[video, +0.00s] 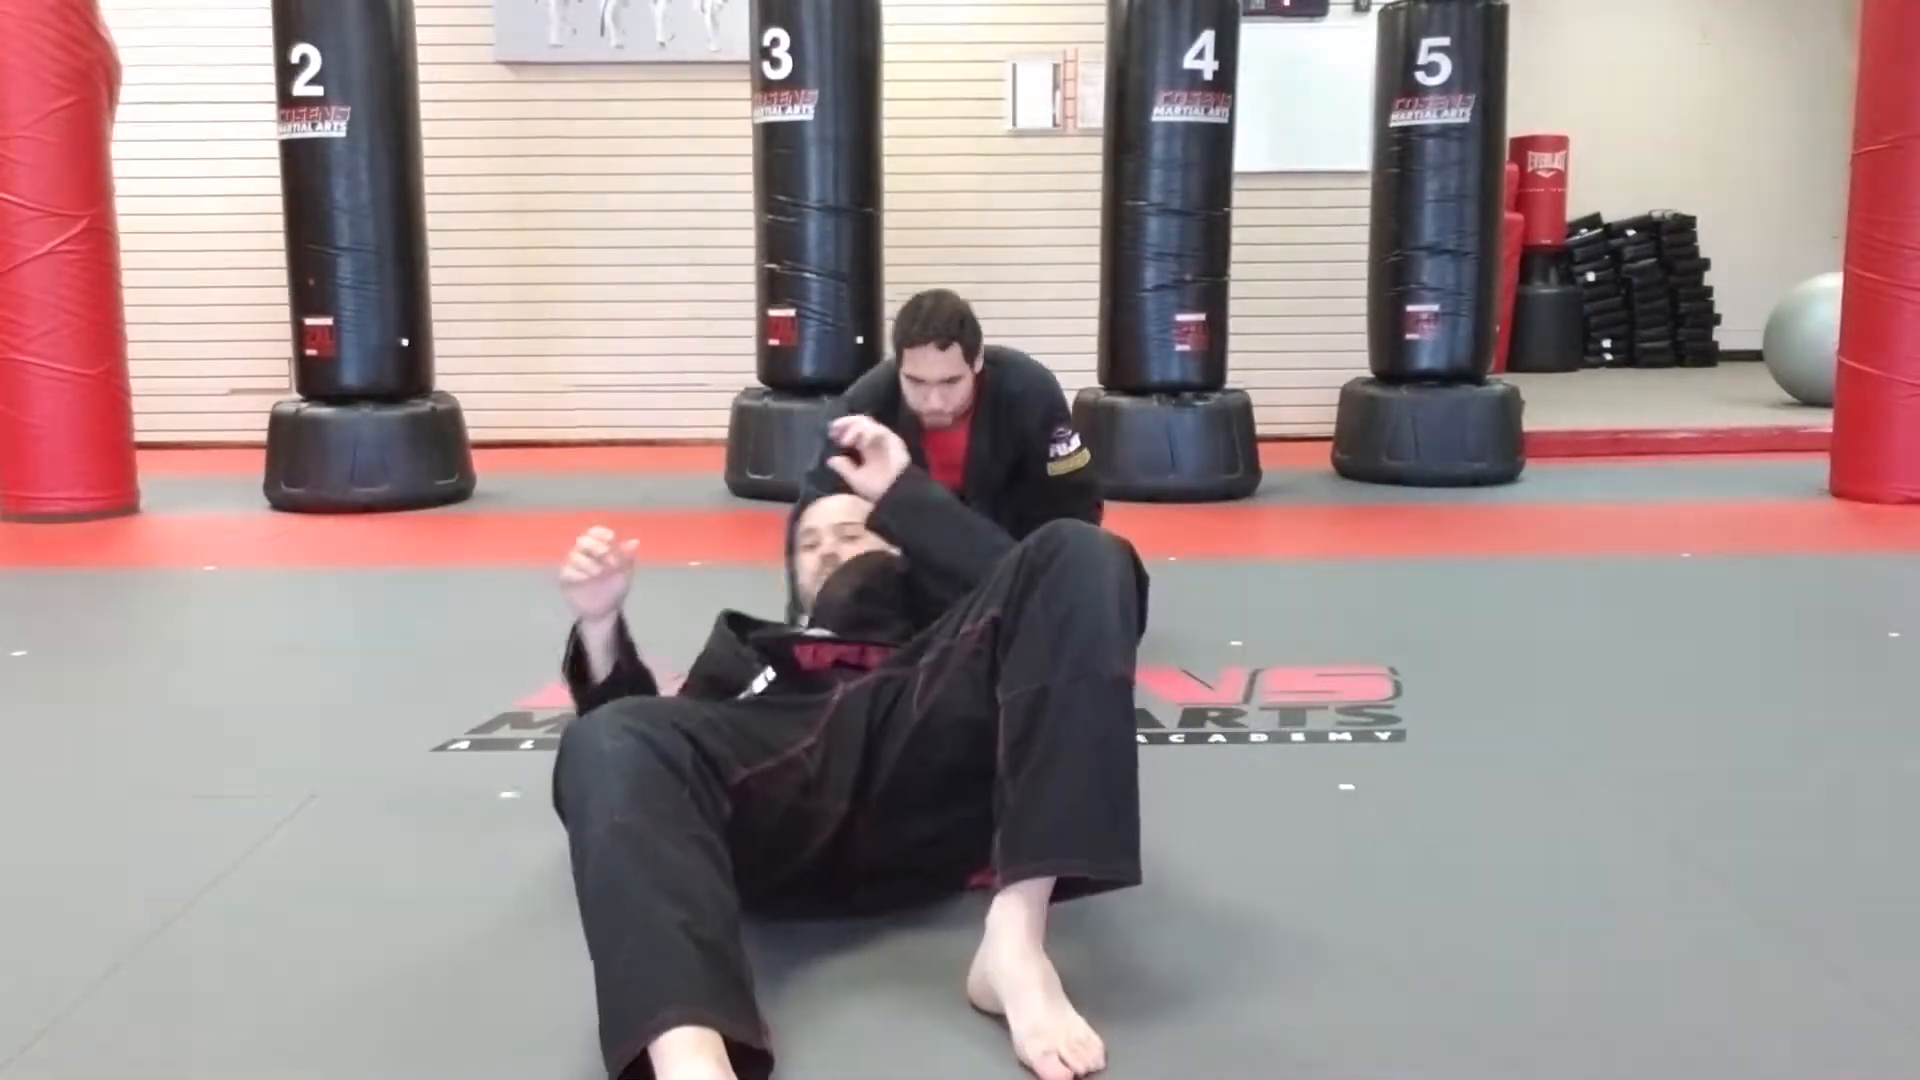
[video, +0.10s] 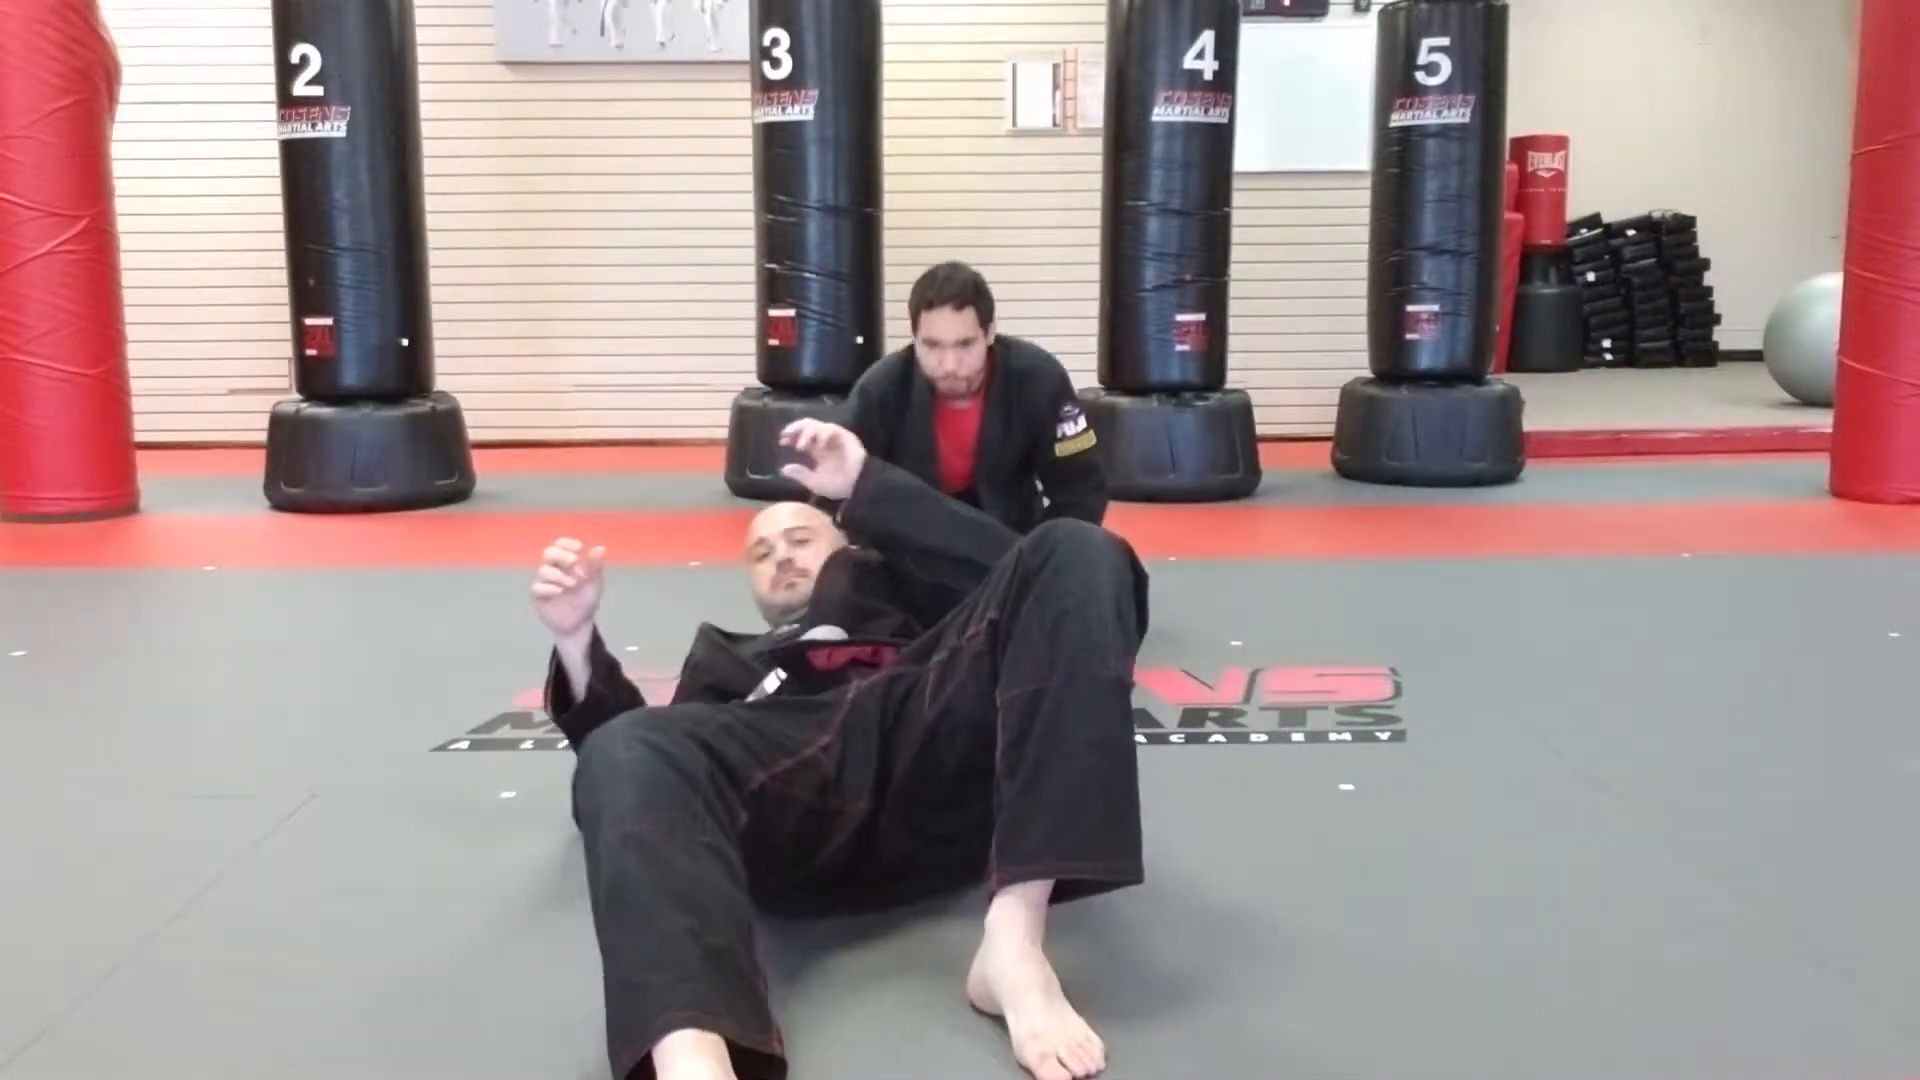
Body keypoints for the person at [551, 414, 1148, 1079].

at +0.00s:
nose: (834, 545)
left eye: (856, 531)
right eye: (812, 542)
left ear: (901, 548)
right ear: (793, 580)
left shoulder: (953, 642)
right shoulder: (747, 654)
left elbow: (1035, 580)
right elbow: (637, 740)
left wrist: (906, 494)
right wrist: (601, 625)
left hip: (933, 757)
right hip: (765, 765)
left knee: (1083, 556)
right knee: (612, 743)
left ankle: (1017, 936)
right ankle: (689, 1056)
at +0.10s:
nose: (782, 555)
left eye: (803, 540)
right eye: (763, 550)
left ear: (853, 556)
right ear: (749, 582)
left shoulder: (920, 626)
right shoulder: (724, 661)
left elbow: (1020, 564)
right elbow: (638, 762)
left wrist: (863, 481)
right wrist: (578, 643)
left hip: (933, 748)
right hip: (774, 778)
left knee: (1080, 555)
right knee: (625, 752)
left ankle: (1016, 935)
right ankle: (688, 1055)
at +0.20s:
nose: (752, 562)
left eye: (768, 543)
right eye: (732, 563)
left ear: (814, 547)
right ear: (725, 596)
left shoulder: (874, 579)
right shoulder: (721, 670)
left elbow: (1003, 551)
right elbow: (638, 768)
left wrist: (845, 481)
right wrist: (569, 639)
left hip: (949, 721)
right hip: (805, 772)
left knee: (1068, 552)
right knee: (659, 770)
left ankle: (1016, 934)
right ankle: (693, 1057)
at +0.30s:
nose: (743, 567)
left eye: (755, 549)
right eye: (722, 572)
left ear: (799, 555)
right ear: (716, 611)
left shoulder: (873, 571)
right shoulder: (719, 673)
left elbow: (998, 531)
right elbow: (654, 772)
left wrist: (846, 476)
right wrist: (574, 625)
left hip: (963, 698)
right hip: (832, 749)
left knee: (1061, 549)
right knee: (697, 793)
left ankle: (1017, 932)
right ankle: (699, 1057)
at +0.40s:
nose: (747, 567)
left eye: (760, 550)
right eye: (725, 572)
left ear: (803, 555)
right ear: (717, 611)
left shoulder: (880, 569)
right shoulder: (727, 668)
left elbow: (1006, 525)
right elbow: (656, 754)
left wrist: (868, 472)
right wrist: (597, 594)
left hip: (990, 683)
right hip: (858, 733)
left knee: (1058, 549)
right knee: (744, 801)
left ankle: (1021, 929)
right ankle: (722, 1053)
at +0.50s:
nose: (768, 563)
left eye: (781, 550)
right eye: (745, 567)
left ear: (819, 559)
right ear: (732, 606)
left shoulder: (902, 579)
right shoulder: (741, 653)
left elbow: (1038, 542)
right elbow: (662, 716)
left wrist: (906, 479)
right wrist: (646, 552)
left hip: (1006, 731)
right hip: (874, 775)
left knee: (1074, 557)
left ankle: (1026, 936)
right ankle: (769, 1012)